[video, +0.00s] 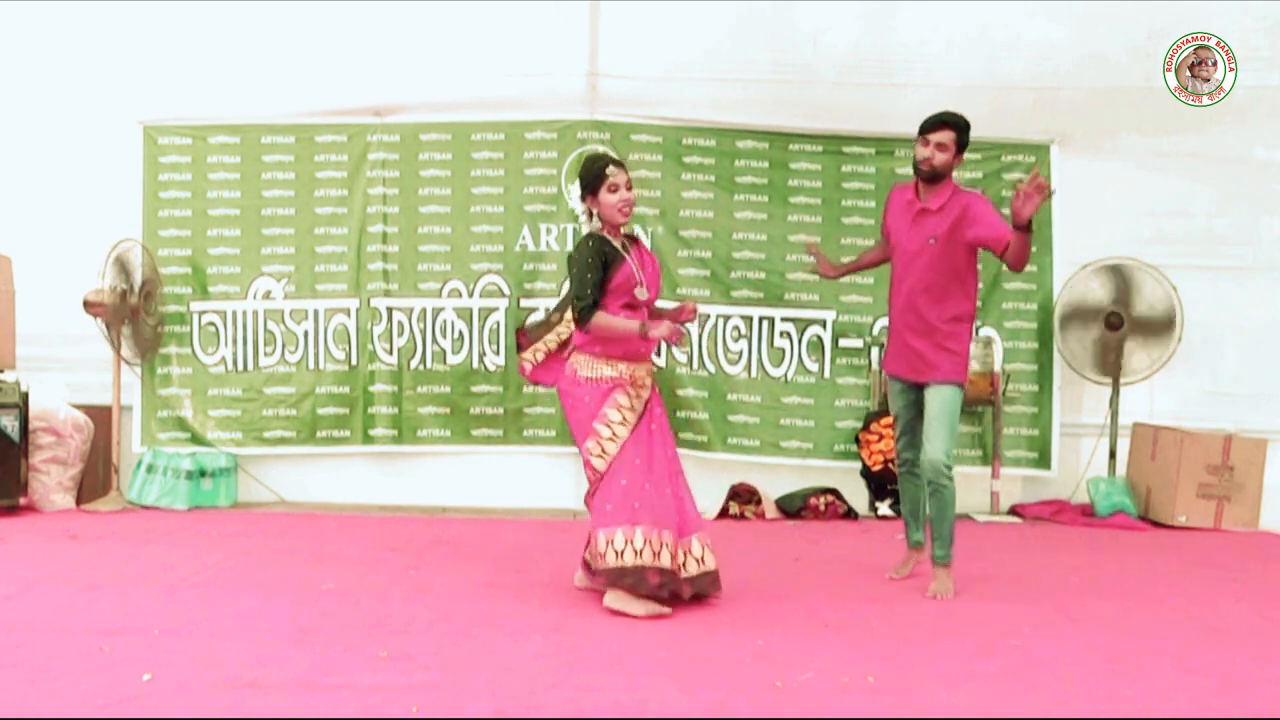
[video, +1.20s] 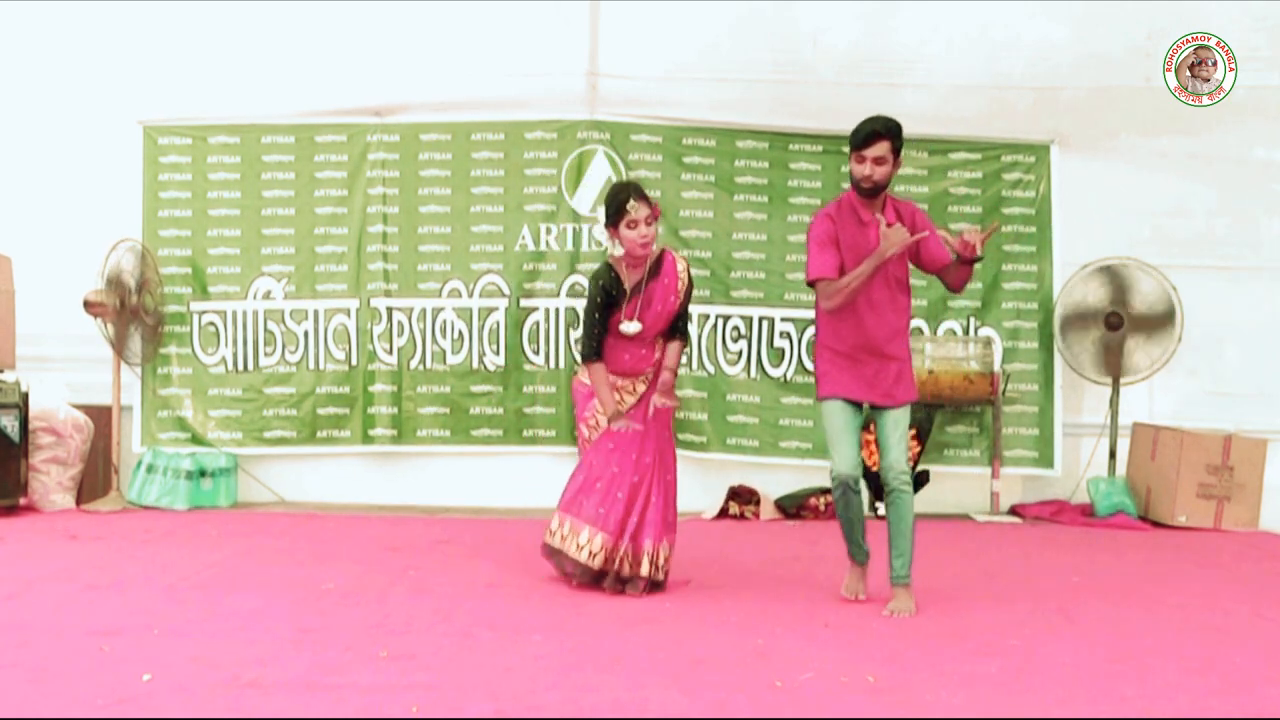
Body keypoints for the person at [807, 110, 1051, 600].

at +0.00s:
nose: (931, 152)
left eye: (943, 147)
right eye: (926, 143)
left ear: (958, 159)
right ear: (914, 147)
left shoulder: (971, 206)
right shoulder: (898, 197)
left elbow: (1017, 261)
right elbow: (889, 249)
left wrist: (1021, 225)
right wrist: (842, 269)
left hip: (947, 351)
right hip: (901, 347)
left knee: (935, 461)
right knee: (907, 457)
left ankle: (942, 566)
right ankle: (915, 548)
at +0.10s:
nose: (941, 167)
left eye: (951, 160)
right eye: (933, 158)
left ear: (963, 170)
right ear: (919, 166)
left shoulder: (979, 231)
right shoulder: (898, 225)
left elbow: (999, 300)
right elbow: (891, 295)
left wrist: (1004, 325)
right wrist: (860, 345)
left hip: (951, 370)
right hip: (900, 367)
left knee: (939, 475)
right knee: (907, 472)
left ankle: (942, 569)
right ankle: (922, 554)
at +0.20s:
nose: (945, 170)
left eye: (954, 163)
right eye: (936, 163)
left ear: (967, 173)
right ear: (922, 172)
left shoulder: (983, 236)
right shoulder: (898, 231)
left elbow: (995, 304)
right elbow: (882, 300)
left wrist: (990, 343)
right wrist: (897, 346)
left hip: (960, 376)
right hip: (906, 372)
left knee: (954, 478)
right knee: (903, 477)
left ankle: (942, 570)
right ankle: (917, 550)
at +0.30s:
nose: (947, 154)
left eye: (955, 146)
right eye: (936, 148)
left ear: (968, 155)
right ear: (922, 157)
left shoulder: (987, 214)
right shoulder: (901, 212)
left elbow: (1000, 284)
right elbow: (884, 288)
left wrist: (1005, 302)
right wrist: (944, 296)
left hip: (965, 362)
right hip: (911, 362)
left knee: (957, 470)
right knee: (912, 470)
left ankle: (940, 570)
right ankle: (917, 548)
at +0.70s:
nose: (934, 161)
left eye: (942, 151)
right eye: (923, 154)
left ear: (958, 155)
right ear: (911, 161)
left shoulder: (976, 211)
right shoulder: (900, 216)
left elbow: (1022, 257)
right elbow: (910, 284)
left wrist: (1054, 244)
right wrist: (961, 234)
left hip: (960, 360)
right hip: (909, 361)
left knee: (970, 469)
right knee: (926, 465)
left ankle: (975, 573)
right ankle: (911, 549)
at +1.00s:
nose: (906, 164)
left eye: (916, 156)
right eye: (896, 155)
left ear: (929, 159)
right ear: (883, 158)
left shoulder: (940, 214)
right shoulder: (866, 221)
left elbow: (985, 271)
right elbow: (880, 298)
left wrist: (1007, 249)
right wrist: (934, 256)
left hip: (922, 364)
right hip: (875, 365)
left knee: (916, 470)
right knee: (891, 475)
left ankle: (911, 584)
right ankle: (909, 573)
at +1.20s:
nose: (869, 170)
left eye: (880, 162)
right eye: (862, 160)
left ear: (897, 165)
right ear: (849, 159)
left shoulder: (908, 216)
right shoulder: (829, 220)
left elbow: (953, 281)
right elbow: (828, 299)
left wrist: (966, 255)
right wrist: (881, 254)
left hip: (892, 362)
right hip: (838, 362)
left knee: (896, 475)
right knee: (844, 471)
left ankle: (901, 586)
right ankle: (856, 563)